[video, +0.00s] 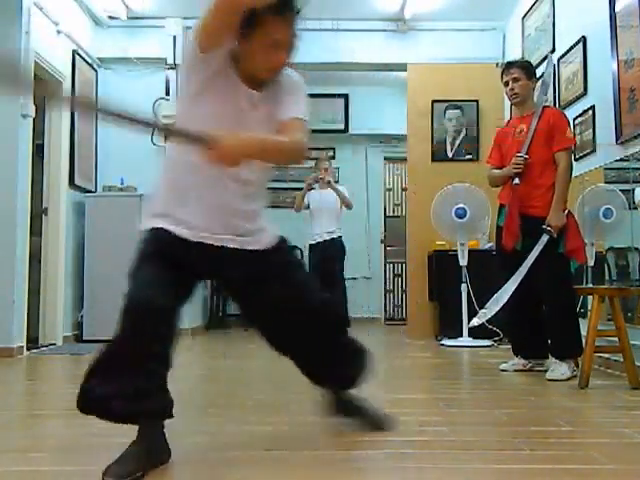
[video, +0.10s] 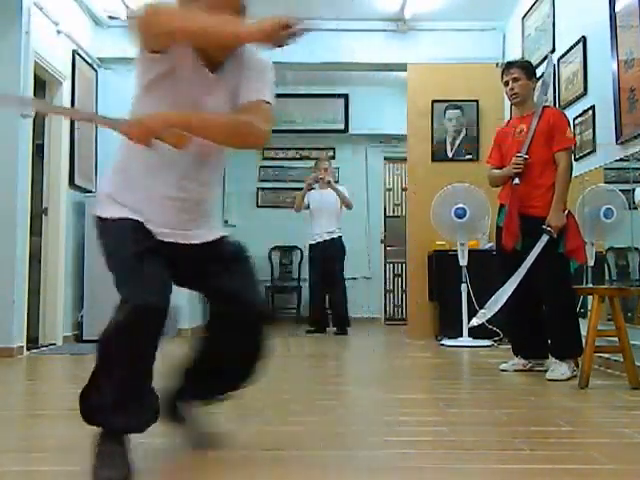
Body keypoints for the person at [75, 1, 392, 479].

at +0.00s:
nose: (279, 56)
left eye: (286, 46)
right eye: (270, 44)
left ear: (291, 45)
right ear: (240, 37)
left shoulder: (288, 85)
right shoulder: (205, 64)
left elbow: (296, 146)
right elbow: (226, 9)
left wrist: (250, 146)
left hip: (247, 234)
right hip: (177, 225)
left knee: (310, 315)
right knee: (144, 313)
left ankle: (341, 395)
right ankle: (150, 434)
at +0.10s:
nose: (217, 26)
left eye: (225, 18)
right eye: (211, 17)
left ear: (241, 22)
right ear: (190, 14)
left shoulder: (254, 63)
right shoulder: (158, 35)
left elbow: (255, 131)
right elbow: (166, 24)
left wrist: (172, 121)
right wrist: (253, 31)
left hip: (198, 223)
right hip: (128, 210)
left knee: (245, 314)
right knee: (147, 302)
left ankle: (185, 397)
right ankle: (113, 430)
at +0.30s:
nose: (138, 5)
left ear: (177, 6)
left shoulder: (198, 62)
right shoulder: (85, 35)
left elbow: (197, 122)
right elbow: (4, 41)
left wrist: (105, 89)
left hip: (118, 222)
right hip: (54, 191)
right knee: (85, 312)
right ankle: (57, 453)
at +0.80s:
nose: (77, 26)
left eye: (82, 19)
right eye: (77, 15)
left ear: (61, 14)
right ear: (50, 7)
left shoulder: (49, 54)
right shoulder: (8, 30)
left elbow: (113, 89)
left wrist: (191, 116)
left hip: (14, 218)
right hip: (5, 218)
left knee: (33, 311)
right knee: (49, 301)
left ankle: (13, 450)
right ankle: (13, 455)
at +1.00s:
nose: (66, 53)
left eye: (72, 45)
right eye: (65, 40)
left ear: (64, 42)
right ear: (36, 24)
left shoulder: (26, 86)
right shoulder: (8, 73)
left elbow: (53, 116)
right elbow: (16, 45)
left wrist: (100, 119)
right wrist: (27, 5)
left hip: (6, 225)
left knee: (11, 304)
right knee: (12, 298)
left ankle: (2, 438)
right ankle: (6, 399)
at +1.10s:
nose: (58, 63)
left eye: (62, 53)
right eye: (55, 48)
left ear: (20, 36)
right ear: (20, 32)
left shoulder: (15, 88)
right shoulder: (4, 84)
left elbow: (48, 148)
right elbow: (50, 147)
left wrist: (86, 108)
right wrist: (93, 97)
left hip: (4, 242)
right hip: (0, 244)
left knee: (8, 309)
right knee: (7, 308)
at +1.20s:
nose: (48, 76)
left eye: (51, 67)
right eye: (45, 63)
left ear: (15, 53)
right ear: (12, 49)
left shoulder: (8, 96)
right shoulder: (12, 102)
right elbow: (49, 175)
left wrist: (36, 115)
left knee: (6, 297)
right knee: (5, 297)